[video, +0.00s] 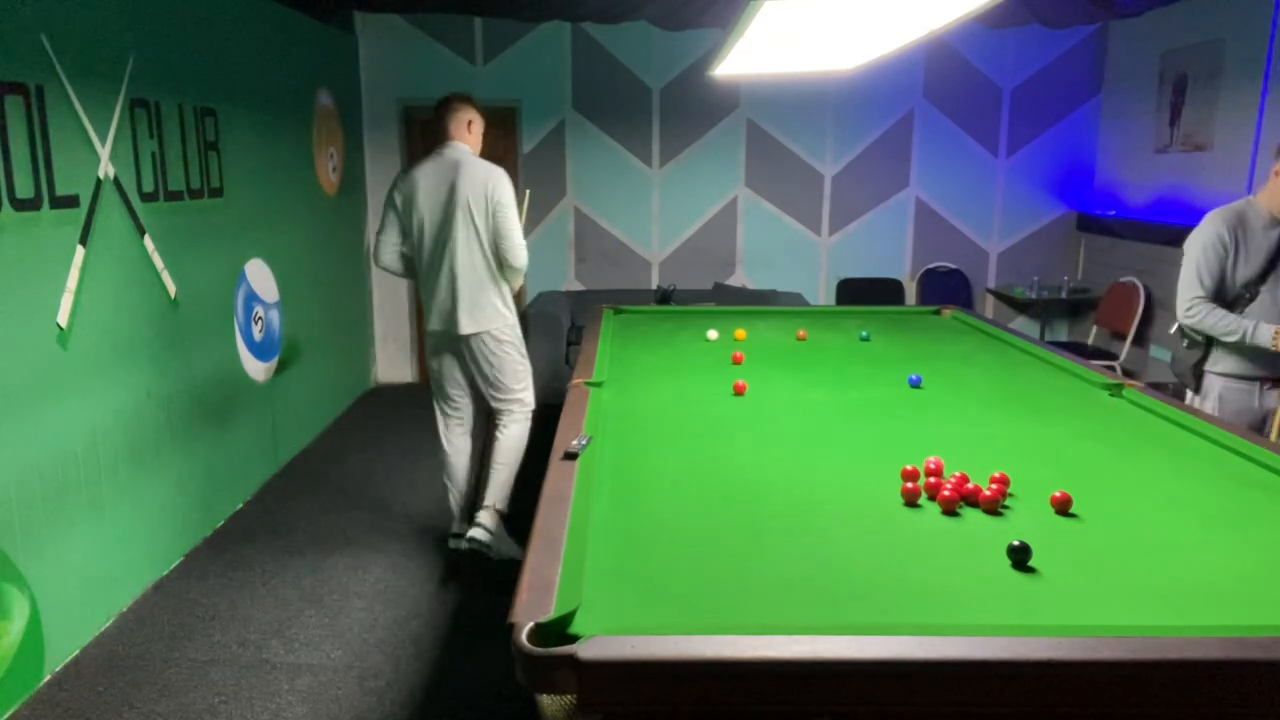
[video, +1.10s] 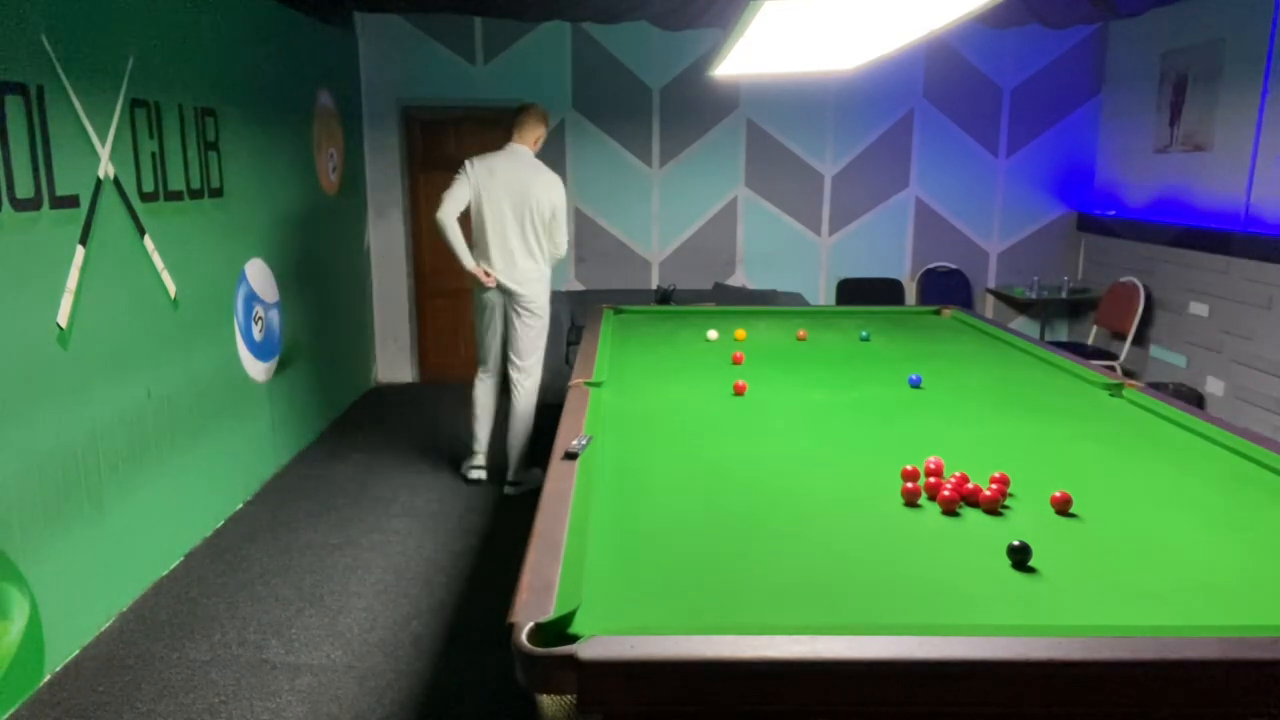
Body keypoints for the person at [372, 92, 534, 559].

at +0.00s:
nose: (481, 137)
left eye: (479, 130)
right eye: (479, 130)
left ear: (439, 129)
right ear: (470, 128)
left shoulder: (408, 180)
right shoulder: (491, 176)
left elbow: (385, 253)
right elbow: (515, 257)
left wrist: (432, 270)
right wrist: (509, 286)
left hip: (438, 323)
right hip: (488, 319)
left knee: (453, 419)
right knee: (515, 409)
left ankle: (461, 525)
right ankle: (488, 520)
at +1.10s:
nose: (541, 143)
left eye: (538, 137)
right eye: (543, 139)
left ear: (511, 132)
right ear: (540, 138)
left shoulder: (477, 167)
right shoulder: (550, 182)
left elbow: (445, 214)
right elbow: (558, 248)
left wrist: (471, 264)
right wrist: (528, 256)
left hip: (489, 281)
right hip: (531, 284)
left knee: (487, 370)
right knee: (525, 376)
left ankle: (478, 460)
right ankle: (515, 474)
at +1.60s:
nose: (550, 159)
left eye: (553, 151)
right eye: (549, 149)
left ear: (524, 140)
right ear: (530, 139)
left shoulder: (484, 172)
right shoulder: (532, 179)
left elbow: (467, 229)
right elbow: (550, 240)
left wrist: (500, 242)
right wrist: (555, 257)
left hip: (495, 280)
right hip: (527, 281)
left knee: (508, 357)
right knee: (550, 350)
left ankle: (502, 440)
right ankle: (521, 440)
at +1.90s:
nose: (557, 147)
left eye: (559, 140)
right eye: (552, 139)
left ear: (535, 139)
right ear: (533, 136)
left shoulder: (515, 169)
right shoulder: (526, 173)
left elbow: (525, 227)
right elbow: (526, 231)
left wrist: (558, 233)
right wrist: (560, 240)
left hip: (510, 268)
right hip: (530, 267)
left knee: (517, 348)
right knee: (567, 337)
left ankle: (507, 436)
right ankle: (560, 419)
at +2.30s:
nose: (596, 145)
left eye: (598, 139)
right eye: (590, 138)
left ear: (596, 141)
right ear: (571, 137)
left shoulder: (565, 170)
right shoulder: (564, 173)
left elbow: (574, 228)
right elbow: (570, 237)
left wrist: (601, 246)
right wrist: (607, 230)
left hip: (563, 274)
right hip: (579, 275)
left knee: (556, 342)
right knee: (598, 348)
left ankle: (515, 419)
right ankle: (590, 427)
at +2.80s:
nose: (643, 149)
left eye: (647, 144)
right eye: (638, 141)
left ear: (650, 148)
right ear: (622, 139)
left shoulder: (623, 173)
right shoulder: (609, 173)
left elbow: (633, 219)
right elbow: (631, 222)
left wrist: (653, 251)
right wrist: (657, 251)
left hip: (625, 272)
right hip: (614, 273)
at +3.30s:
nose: (676, 143)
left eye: (681, 136)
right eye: (670, 136)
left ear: (686, 140)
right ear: (659, 139)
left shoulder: (691, 173)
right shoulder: (640, 173)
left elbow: (697, 216)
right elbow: (607, 216)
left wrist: (708, 221)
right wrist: (621, 263)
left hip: (680, 267)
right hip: (652, 270)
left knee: (683, 327)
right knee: (658, 328)